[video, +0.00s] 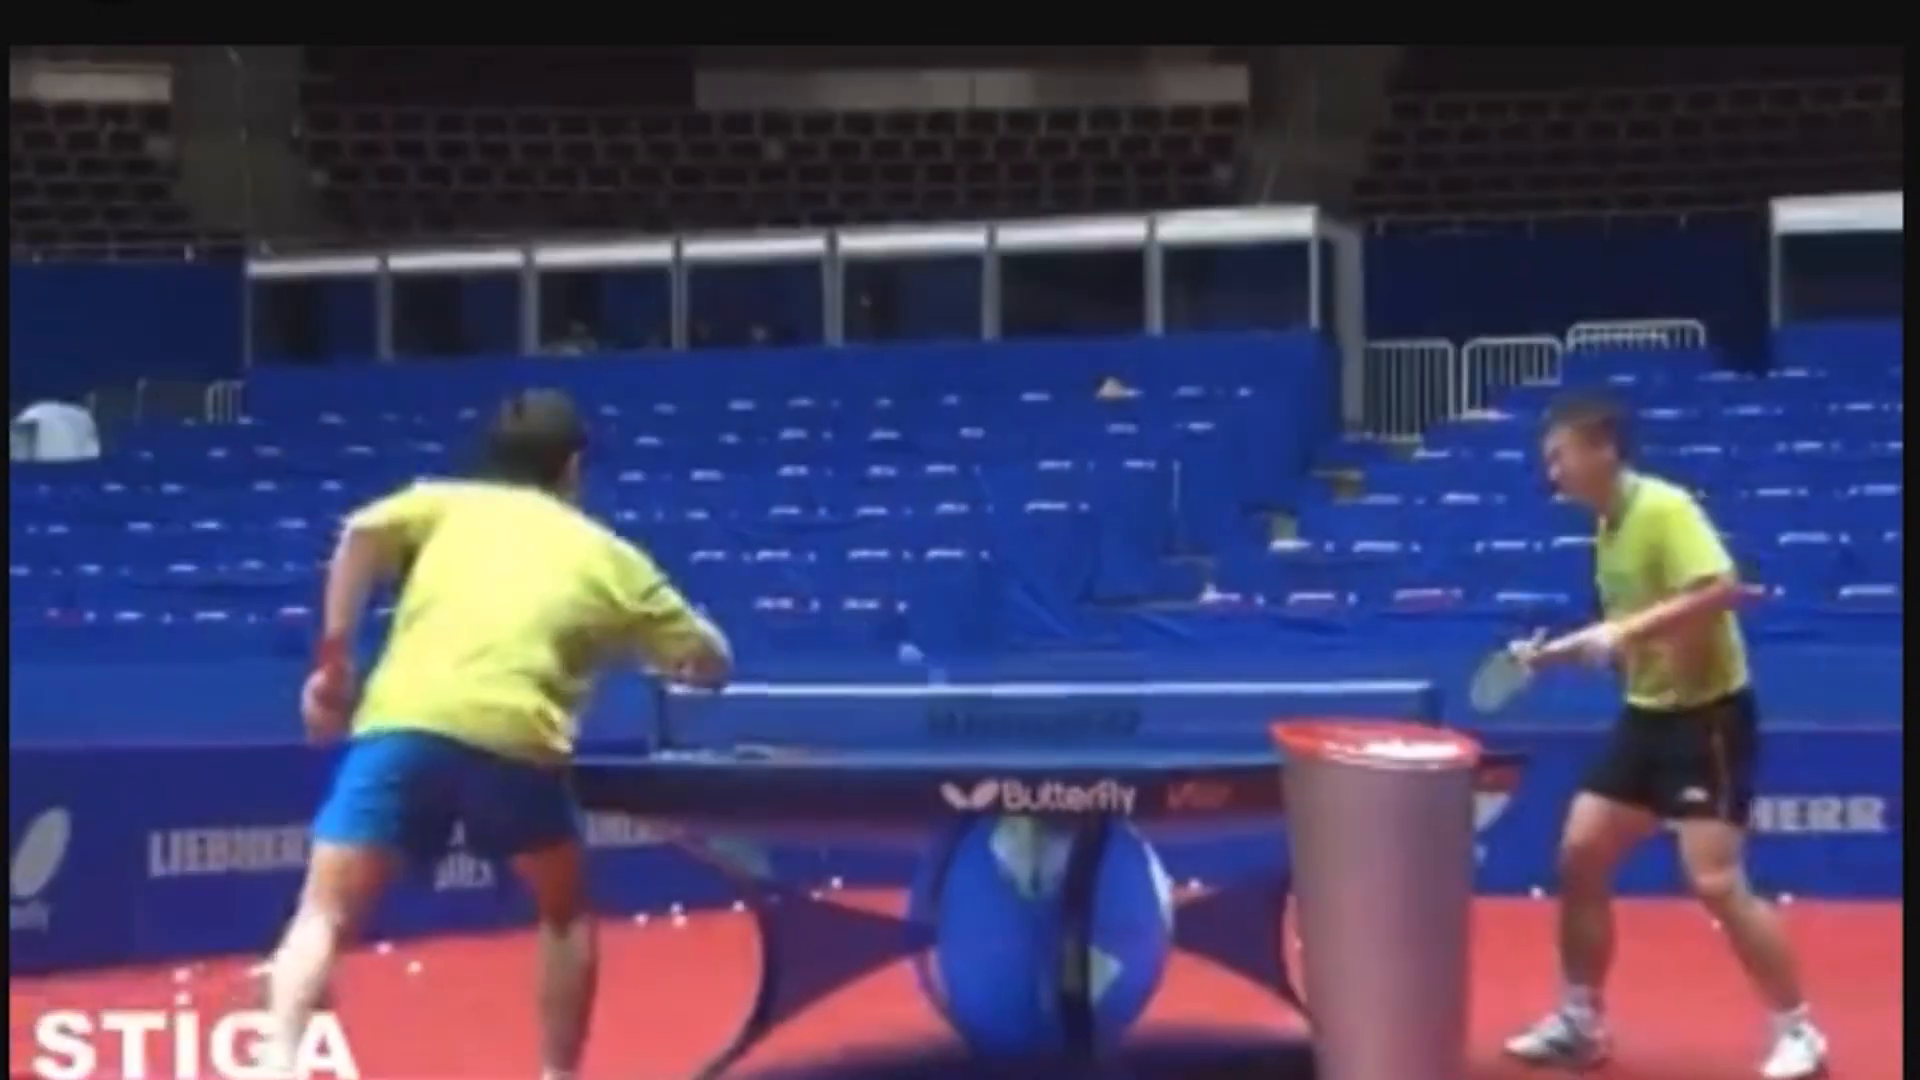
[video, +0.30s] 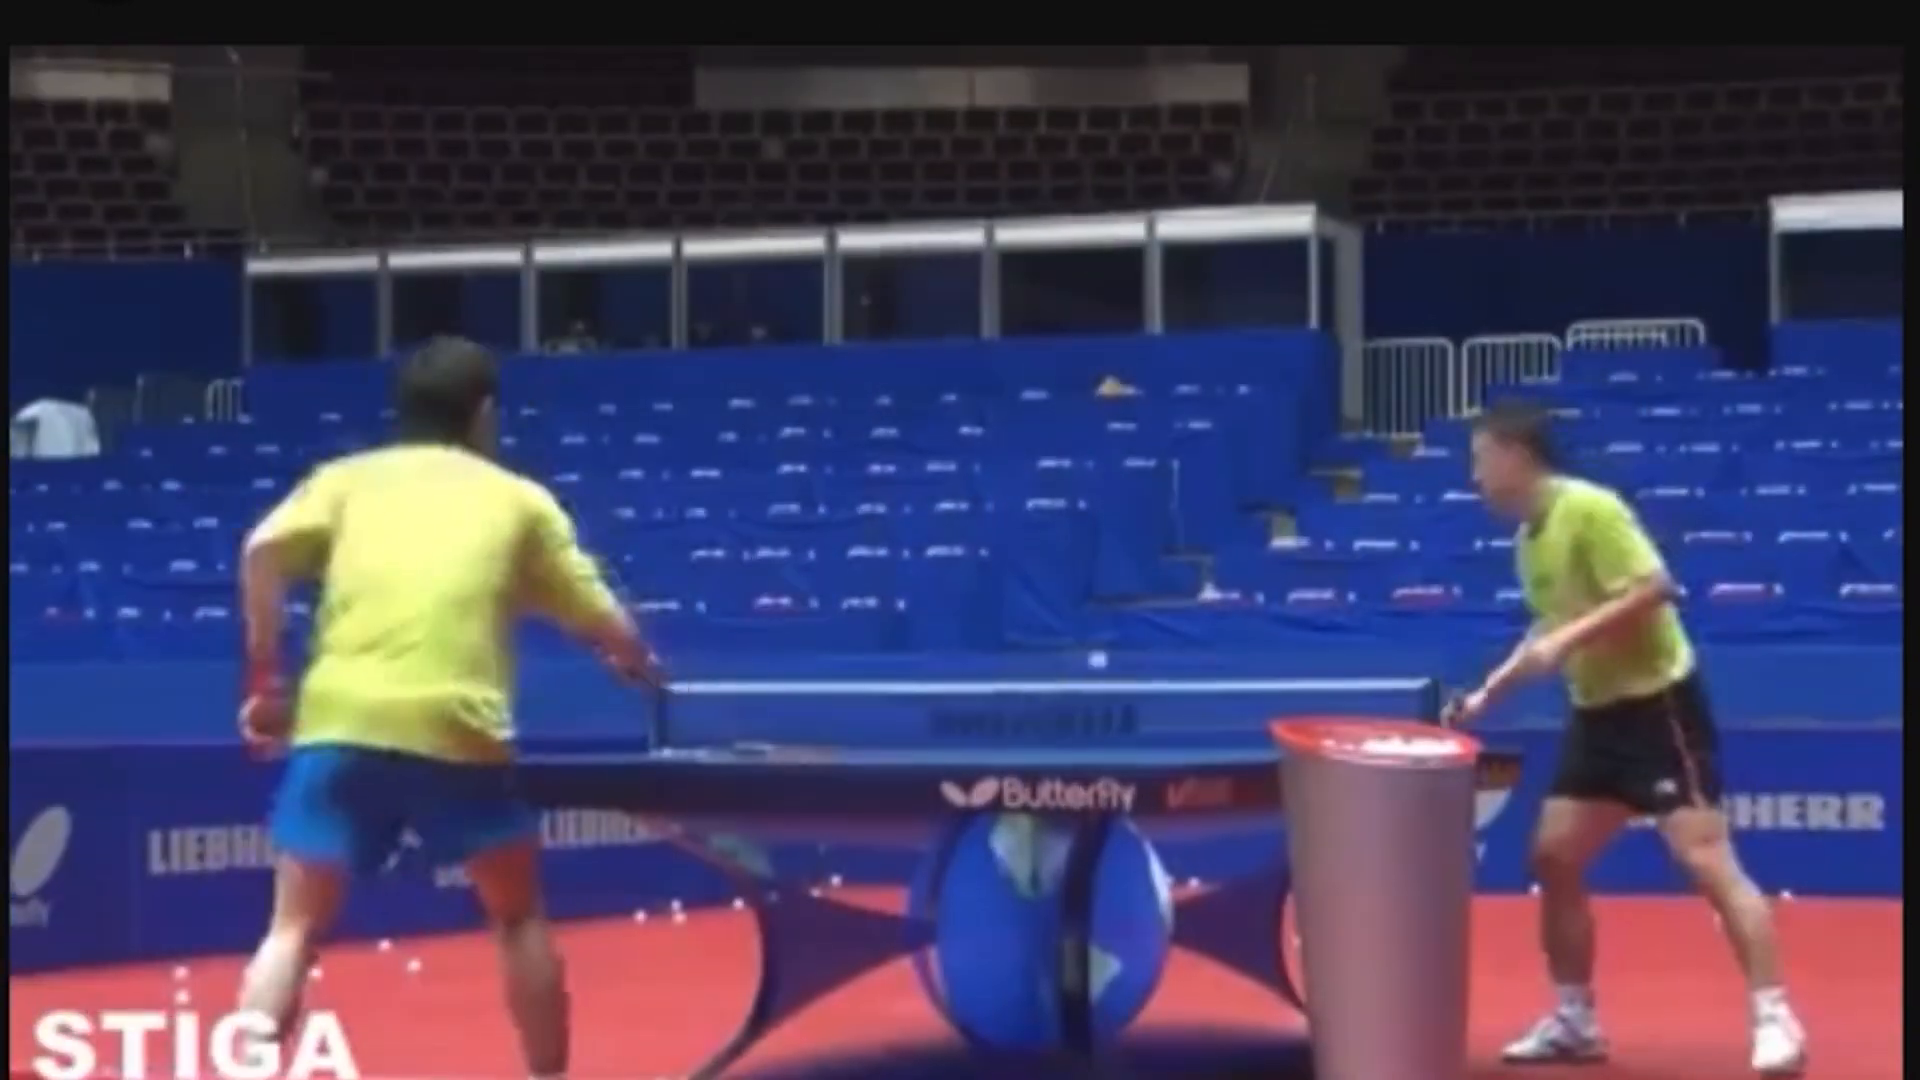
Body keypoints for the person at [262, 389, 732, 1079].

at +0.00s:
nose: (584, 473)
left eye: (581, 462)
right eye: (583, 463)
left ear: (498, 458)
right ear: (571, 468)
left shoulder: (446, 501)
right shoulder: (606, 555)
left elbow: (361, 534)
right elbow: (710, 662)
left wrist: (333, 656)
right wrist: (662, 646)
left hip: (401, 724)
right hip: (516, 742)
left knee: (325, 910)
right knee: (565, 918)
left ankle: (279, 1058)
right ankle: (559, 1068)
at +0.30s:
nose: (495, 420)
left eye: (492, 409)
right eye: (493, 409)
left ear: (405, 411)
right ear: (479, 414)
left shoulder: (347, 479)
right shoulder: (520, 500)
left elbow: (262, 551)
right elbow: (601, 618)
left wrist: (264, 681)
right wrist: (634, 661)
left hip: (338, 727)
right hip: (459, 733)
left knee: (293, 923)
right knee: (519, 923)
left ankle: (246, 1063)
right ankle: (548, 1069)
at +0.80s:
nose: (490, 358)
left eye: (489, 343)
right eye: (486, 343)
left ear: (397, 347)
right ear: (463, 349)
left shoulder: (345, 427)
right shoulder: (484, 444)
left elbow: (275, 526)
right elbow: (495, 584)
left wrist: (331, 611)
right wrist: (576, 659)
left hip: (309, 709)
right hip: (420, 715)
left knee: (301, 896)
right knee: (525, 896)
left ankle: (238, 1055)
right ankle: (514, 1066)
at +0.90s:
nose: (526, 353)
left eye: (520, 337)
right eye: (519, 338)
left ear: (442, 348)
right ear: (496, 346)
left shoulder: (403, 425)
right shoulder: (522, 439)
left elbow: (402, 553)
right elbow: (567, 579)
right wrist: (584, 656)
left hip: (354, 706)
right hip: (456, 713)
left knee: (338, 909)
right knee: (549, 904)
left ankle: (247, 1056)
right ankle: (523, 1067)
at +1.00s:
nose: (570, 344)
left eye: (567, 327)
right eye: (558, 328)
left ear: (490, 339)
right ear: (524, 336)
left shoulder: (450, 416)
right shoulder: (549, 426)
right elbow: (620, 555)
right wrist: (571, 654)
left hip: (402, 700)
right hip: (485, 705)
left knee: (403, 894)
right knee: (564, 910)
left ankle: (300, 1055)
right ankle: (525, 1067)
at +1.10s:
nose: (607, 331)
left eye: (602, 316)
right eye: (600, 316)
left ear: (529, 326)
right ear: (576, 322)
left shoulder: (490, 403)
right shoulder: (593, 410)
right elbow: (657, 539)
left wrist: (652, 470)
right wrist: (590, 605)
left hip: (447, 693)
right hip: (521, 707)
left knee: (474, 896)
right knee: (564, 912)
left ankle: (379, 1058)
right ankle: (527, 1069)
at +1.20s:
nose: (638, 328)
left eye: (636, 315)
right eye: (634, 315)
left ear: (553, 323)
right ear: (615, 318)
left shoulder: (528, 395)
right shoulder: (616, 400)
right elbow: (672, 531)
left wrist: (665, 489)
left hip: (484, 685)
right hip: (540, 700)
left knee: (548, 891)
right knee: (564, 909)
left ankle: (472, 1054)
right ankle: (521, 1067)